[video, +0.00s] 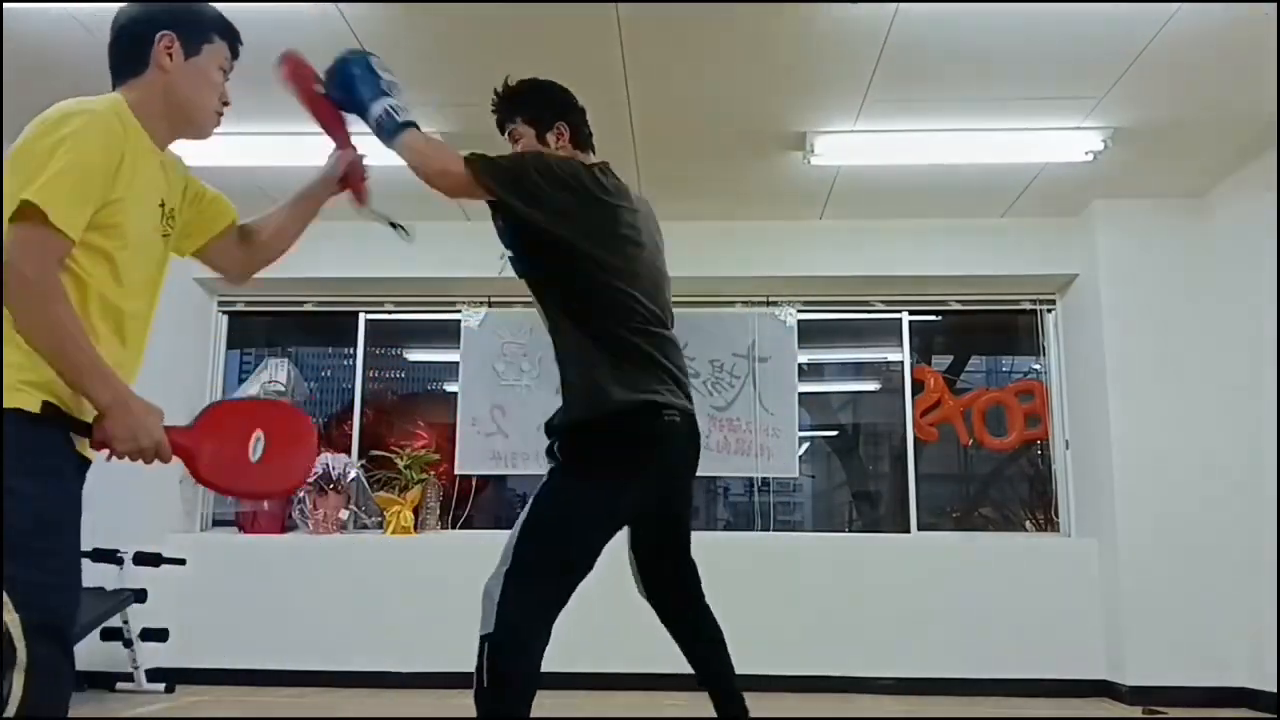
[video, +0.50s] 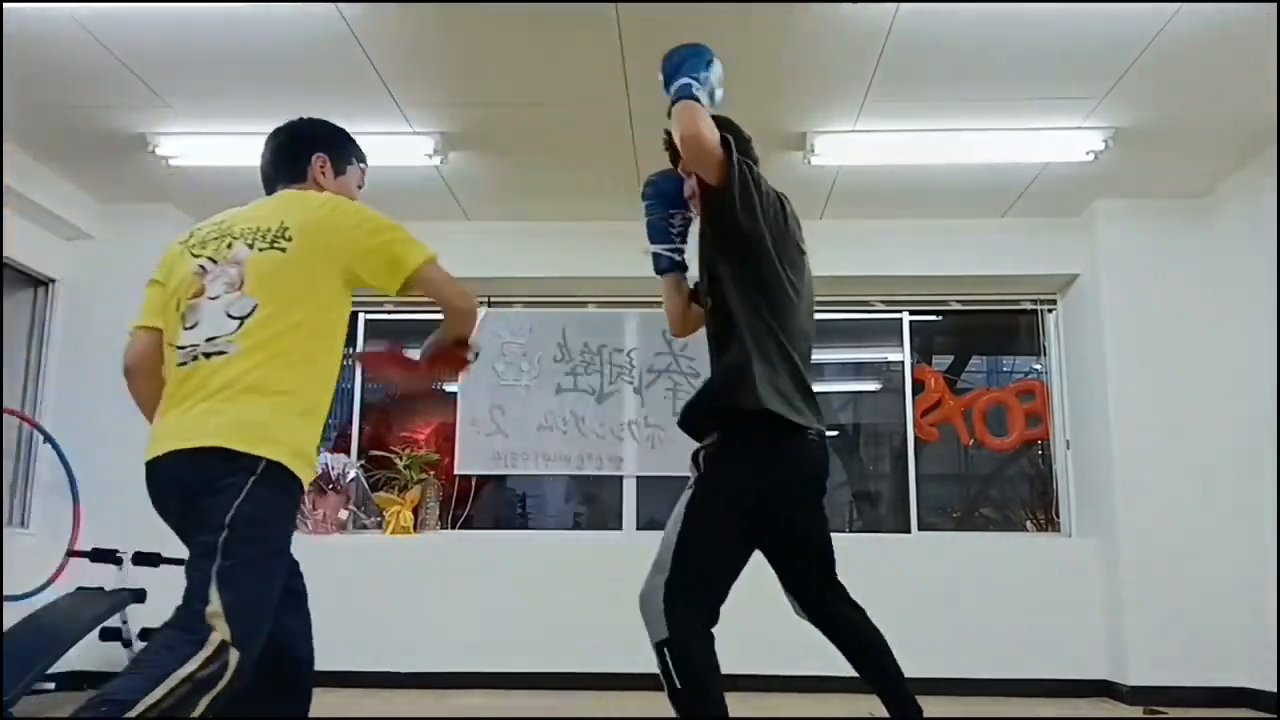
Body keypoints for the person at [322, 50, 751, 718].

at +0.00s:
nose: (510, 152)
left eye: (517, 137)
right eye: (509, 141)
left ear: (560, 135)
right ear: (568, 136)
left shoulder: (563, 179)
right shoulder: (627, 197)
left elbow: (450, 176)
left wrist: (378, 107)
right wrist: (524, 231)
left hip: (613, 427)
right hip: (672, 428)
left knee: (522, 598)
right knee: (669, 578)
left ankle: (502, 714)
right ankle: (735, 711)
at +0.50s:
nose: (683, 183)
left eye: (686, 163)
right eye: (677, 169)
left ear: (715, 154)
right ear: (732, 162)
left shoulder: (754, 203)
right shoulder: (745, 234)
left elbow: (696, 138)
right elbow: (683, 324)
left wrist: (688, 88)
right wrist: (669, 247)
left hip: (757, 444)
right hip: (788, 445)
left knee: (678, 609)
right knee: (820, 597)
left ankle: (707, 716)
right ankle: (908, 711)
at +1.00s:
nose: (845, 227)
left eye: (851, 213)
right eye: (840, 217)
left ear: (878, 209)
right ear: (847, 222)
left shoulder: (923, 254)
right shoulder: (877, 283)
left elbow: (905, 245)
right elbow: (828, 346)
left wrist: (879, 181)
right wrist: (814, 275)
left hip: (935, 471)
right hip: (939, 472)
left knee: (853, 606)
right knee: (1011, 600)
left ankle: (890, 715)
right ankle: (1097, 707)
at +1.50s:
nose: (939, 255)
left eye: (946, 241)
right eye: (934, 247)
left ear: (978, 238)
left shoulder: (1012, 278)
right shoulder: (972, 308)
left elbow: (1007, 299)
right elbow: (941, 381)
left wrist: (960, 245)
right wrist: (912, 317)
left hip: (1021, 488)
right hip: (1048, 484)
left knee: (954, 608)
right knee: (1070, 612)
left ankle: (956, 716)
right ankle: (1146, 713)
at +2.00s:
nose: (940, 232)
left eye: (949, 217)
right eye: (936, 222)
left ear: (990, 216)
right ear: (989, 221)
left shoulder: (1000, 262)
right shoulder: (1023, 271)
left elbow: (924, 267)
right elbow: (974, 380)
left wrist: (844, 208)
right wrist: (935, 325)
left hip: (1020, 473)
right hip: (1067, 471)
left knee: (969, 606)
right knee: (1073, 596)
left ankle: (983, 714)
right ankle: (1142, 710)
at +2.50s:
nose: (953, 248)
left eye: (959, 233)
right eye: (948, 237)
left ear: (997, 226)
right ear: (987, 232)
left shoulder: (1051, 271)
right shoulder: (1009, 295)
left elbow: (1059, 359)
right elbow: (999, 376)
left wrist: (986, 324)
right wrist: (961, 352)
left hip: (1068, 477)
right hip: (1067, 476)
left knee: (1009, 607)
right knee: (1112, 614)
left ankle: (1002, 716)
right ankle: (1171, 713)